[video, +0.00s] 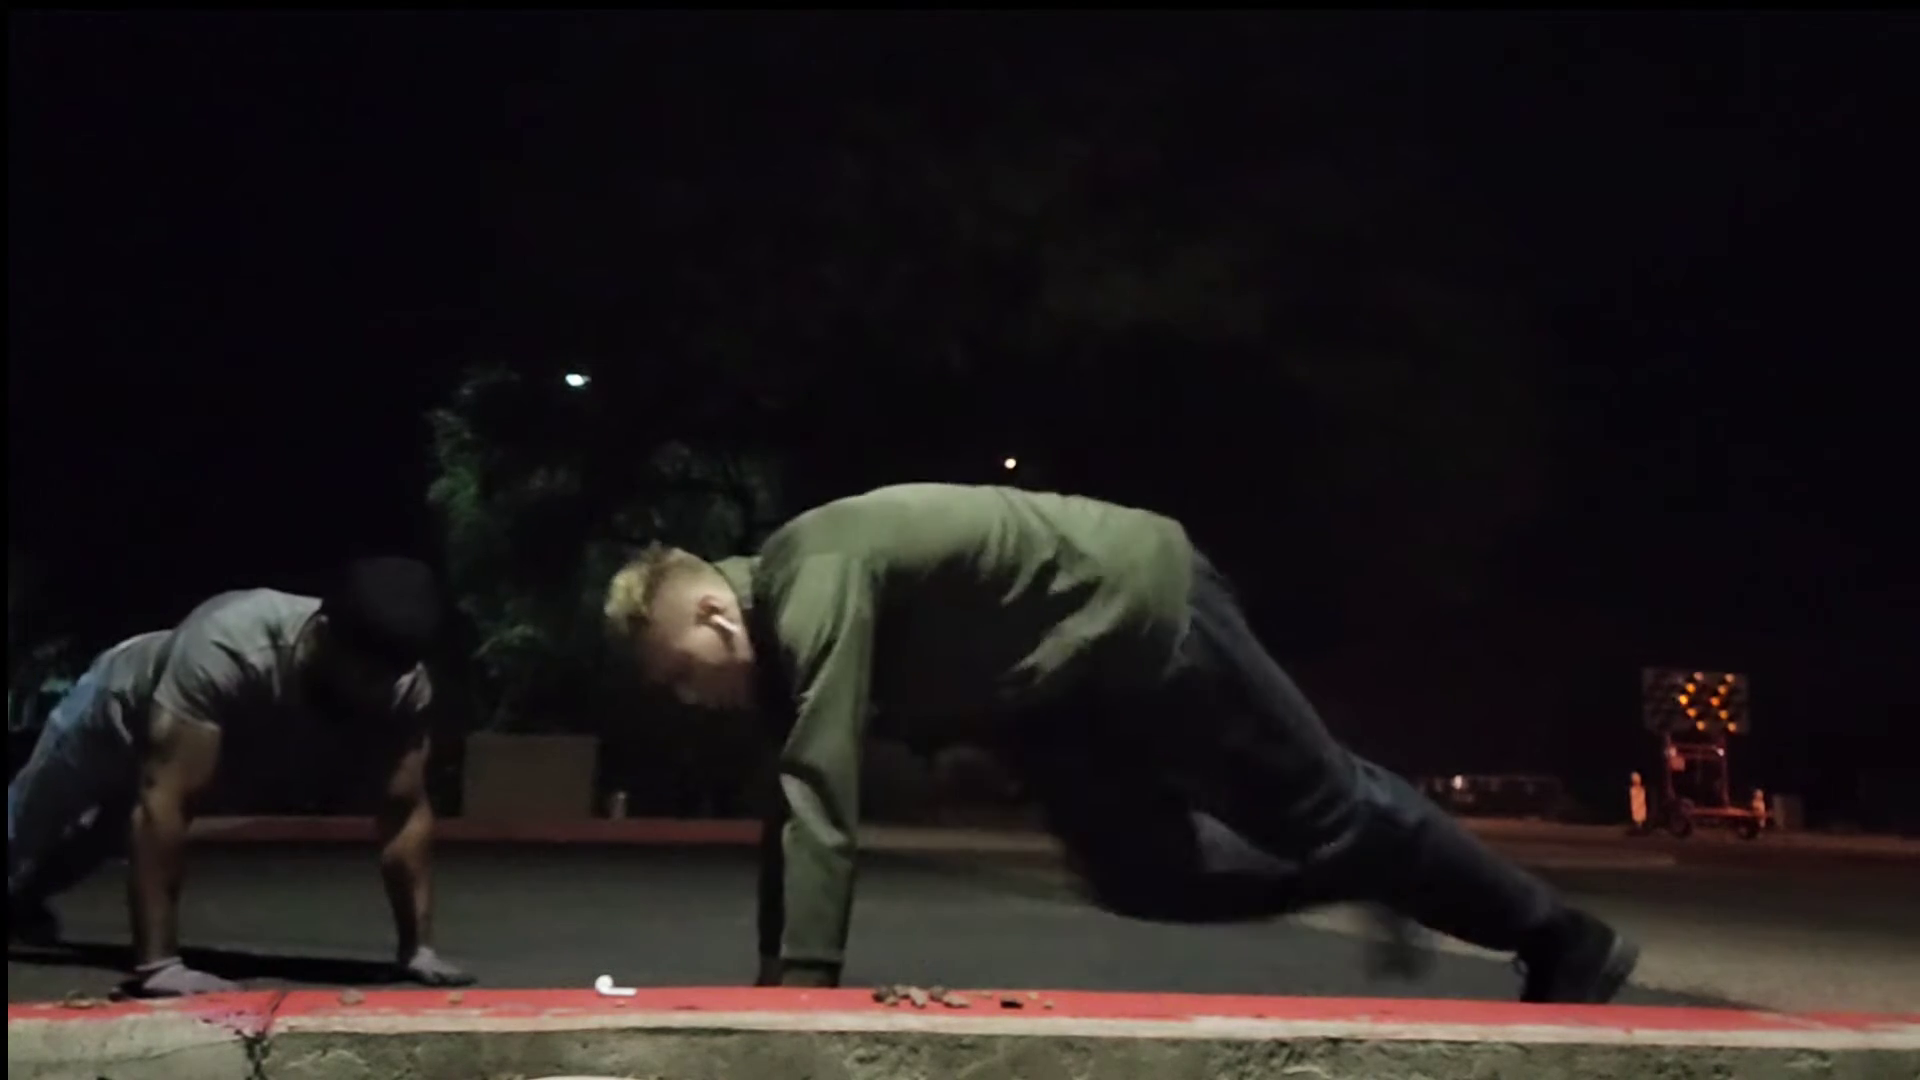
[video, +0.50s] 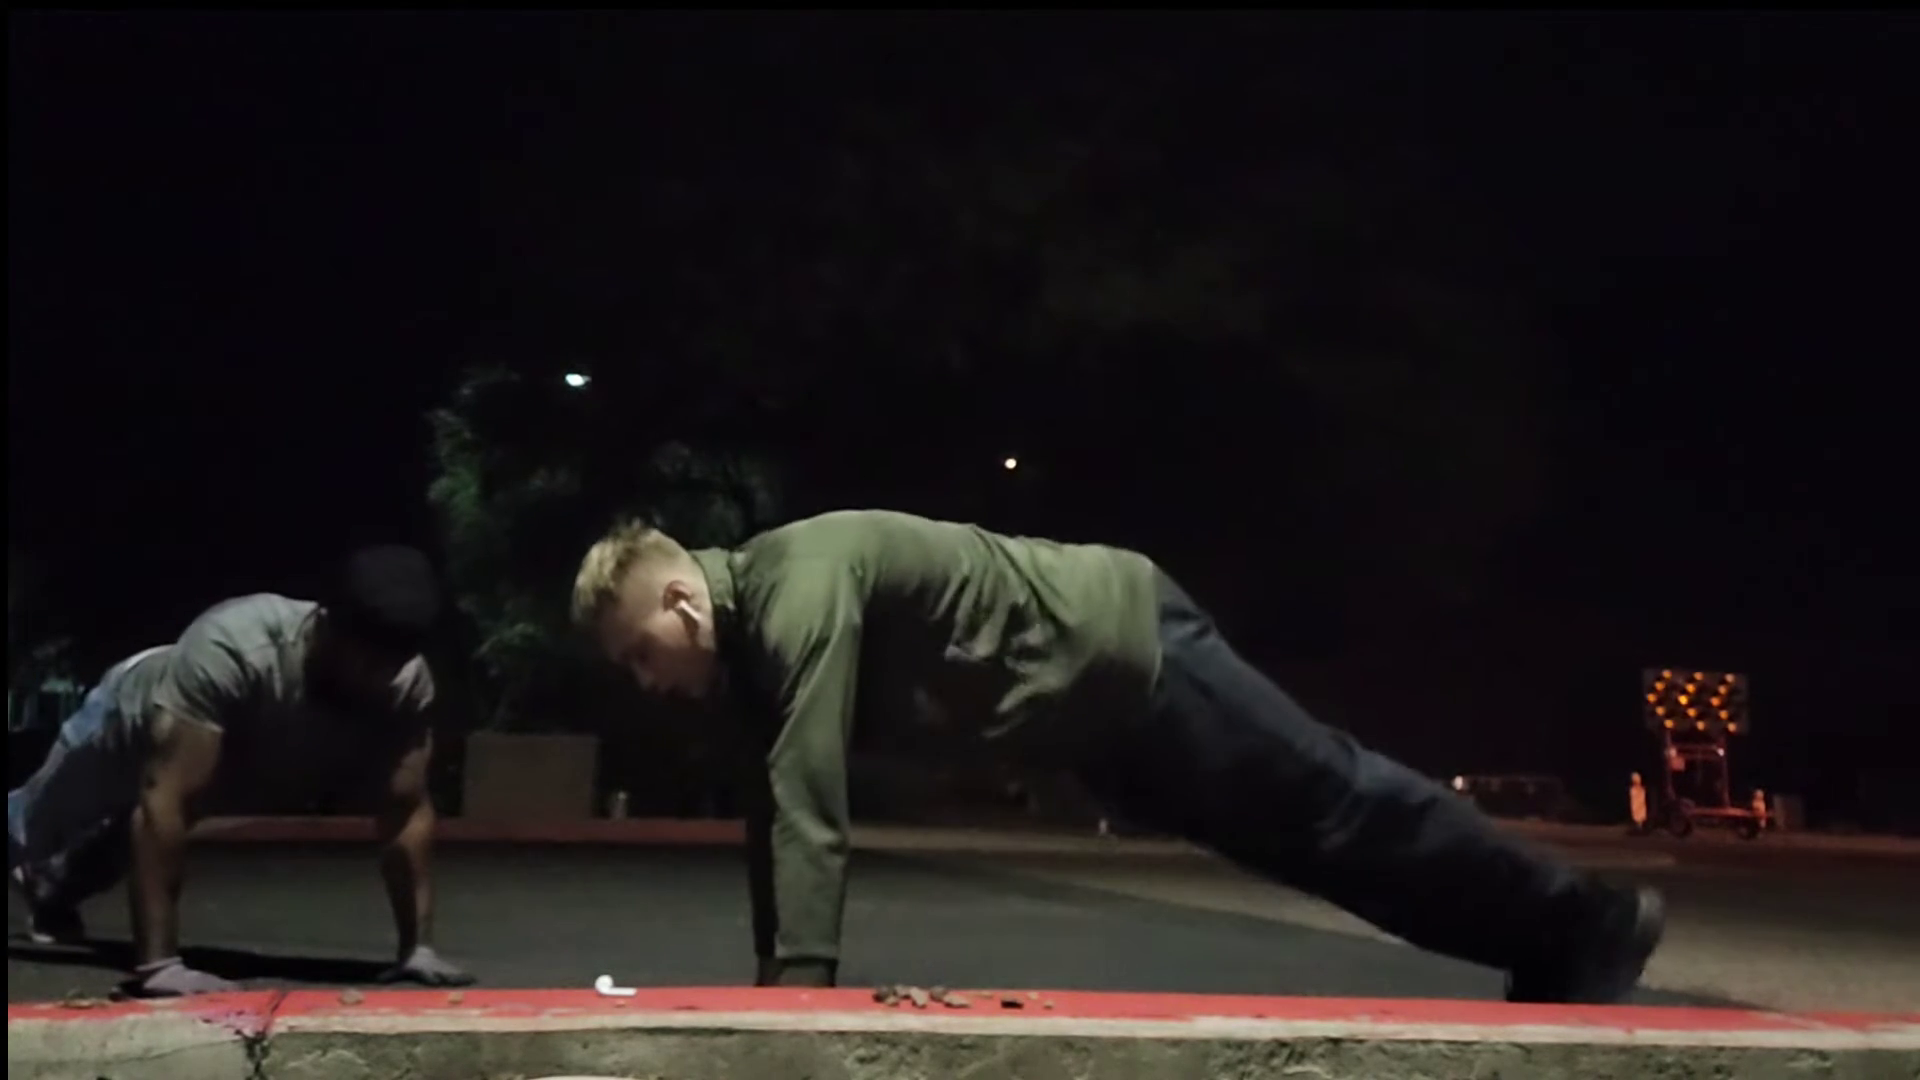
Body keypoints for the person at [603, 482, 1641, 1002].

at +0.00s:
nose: (712, 694)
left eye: (694, 670)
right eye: (688, 687)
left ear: (712, 609)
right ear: (701, 636)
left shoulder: (818, 575)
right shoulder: (777, 618)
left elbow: (821, 792)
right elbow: (794, 801)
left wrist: (801, 991)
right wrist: (781, 986)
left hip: (1147, 608)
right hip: (1061, 694)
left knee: (1332, 811)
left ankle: (1564, 940)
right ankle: (1372, 870)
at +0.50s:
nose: (656, 678)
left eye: (645, 651)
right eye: (637, 666)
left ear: (680, 592)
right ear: (668, 621)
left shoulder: (801, 578)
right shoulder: (759, 631)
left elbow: (806, 785)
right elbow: (775, 800)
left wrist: (805, 968)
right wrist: (784, 973)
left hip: (1129, 647)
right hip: (1095, 709)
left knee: (1339, 803)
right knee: (1306, 841)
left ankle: (1587, 926)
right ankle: (1539, 945)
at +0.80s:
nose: (658, 676)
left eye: (648, 649)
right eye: (640, 663)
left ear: (686, 592)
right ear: (673, 622)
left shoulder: (817, 579)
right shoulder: (771, 638)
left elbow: (817, 785)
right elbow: (784, 804)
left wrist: (807, 969)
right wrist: (783, 973)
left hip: (1141, 664)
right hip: (1105, 729)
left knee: (1358, 818)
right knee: (1326, 852)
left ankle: (1605, 940)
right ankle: (1558, 950)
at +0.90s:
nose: (657, 677)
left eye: (648, 649)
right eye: (639, 663)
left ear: (688, 592)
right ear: (673, 624)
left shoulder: (820, 579)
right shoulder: (772, 640)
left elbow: (820, 785)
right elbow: (784, 804)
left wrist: (808, 969)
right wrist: (781, 971)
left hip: (1143, 662)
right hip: (1107, 729)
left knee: (1362, 815)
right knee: (1330, 851)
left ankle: (1606, 940)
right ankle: (1557, 951)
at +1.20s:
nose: (659, 676)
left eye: (650, 649)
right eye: (641, 663)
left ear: (690, 593)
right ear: (673, 626)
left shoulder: (821, 578)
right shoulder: (771, 642)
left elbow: (817, 785)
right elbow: (781, 803)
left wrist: (807, 967)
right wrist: (782, 970)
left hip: (1144, 662)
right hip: (1108, 728)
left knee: (1363, 815)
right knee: (1330, 850)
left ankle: (1605, 940)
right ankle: (1557, 950)